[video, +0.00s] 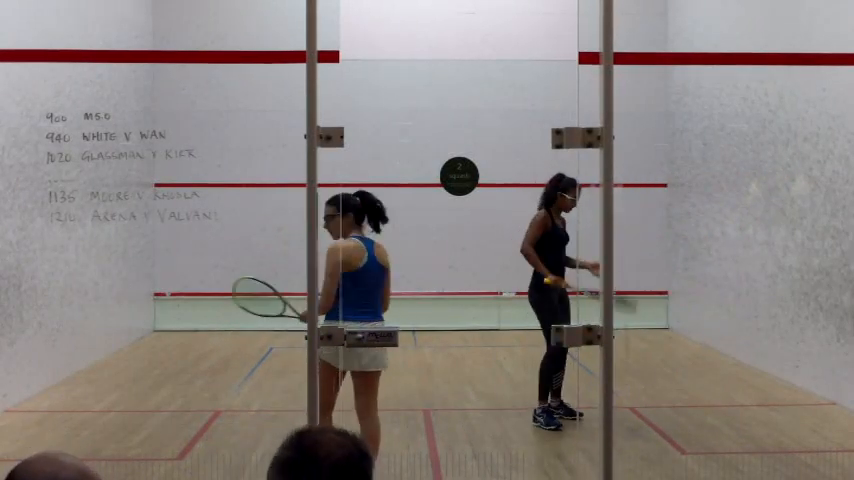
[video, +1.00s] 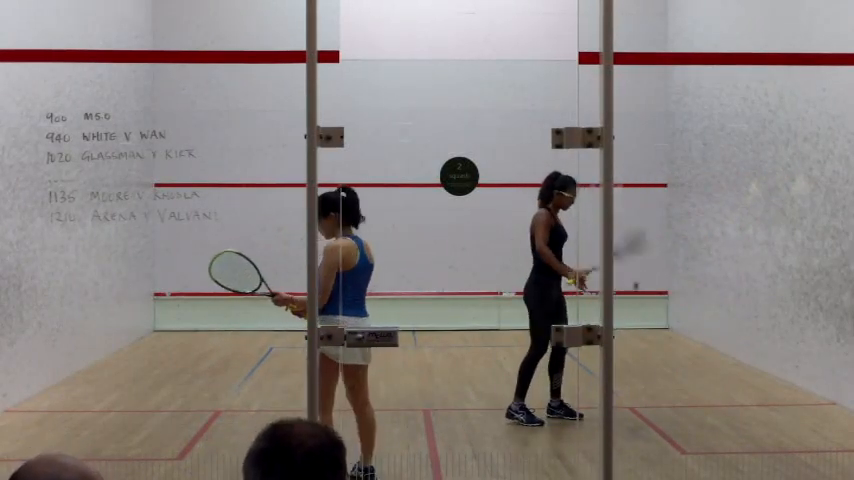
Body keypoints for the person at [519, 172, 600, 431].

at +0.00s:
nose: (575, 203)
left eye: (575, 198)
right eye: (572, 198)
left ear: (562, 197)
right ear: (559, 195)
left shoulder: (560, 221)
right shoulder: (542, 218)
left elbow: (558, 257)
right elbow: (526, 249)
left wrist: (584, 264)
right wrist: (548, 275)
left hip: (557, 290)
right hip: (542, 291)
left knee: (562, 346)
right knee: (555, 347)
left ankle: (556, 402)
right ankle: (541, 409)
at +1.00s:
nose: (572, 202)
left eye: (573, 197)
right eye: (570, 197)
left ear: (558, 195)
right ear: (557, 194)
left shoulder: (553, 218)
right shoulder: (542, 217)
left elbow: (551, 255)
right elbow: (541, 250)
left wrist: (572, 273)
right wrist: (569, 272)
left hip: (553, 290)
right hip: (539, 291)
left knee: (560, 344)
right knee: (539, 346)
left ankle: (555, 402)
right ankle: (517, 404)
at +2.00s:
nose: (536, 194)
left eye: (541, 191)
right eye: (532, 190)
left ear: (546, 195)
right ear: (523, 193)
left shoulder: (547, 222)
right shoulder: (510, 222)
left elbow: (551, 257)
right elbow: (490, 255)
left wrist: (564, 265)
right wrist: (500, 283)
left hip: (538, 292)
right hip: (515, 292)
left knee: (553, 346)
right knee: (519, 349)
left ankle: (554, 402)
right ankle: (514, 408)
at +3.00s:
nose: (550, 191)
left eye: (554, 187)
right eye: (545, 187)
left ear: (559, 193)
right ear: (537, 192)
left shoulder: (556, 219)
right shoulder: (529, 220)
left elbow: (552, 254)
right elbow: (514, 255)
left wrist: (575, 257)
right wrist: (538, 275)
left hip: (557, 289)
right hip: (537, 291)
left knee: (556, 346)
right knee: (532, 347)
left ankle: (556, 402)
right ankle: (515, 407)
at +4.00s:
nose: (581, 205)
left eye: (583, 201)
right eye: (580, 200)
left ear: (571, 198)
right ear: (566, 196)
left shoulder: (565, 220)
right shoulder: (549, 218)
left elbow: (563, 257)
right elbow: (534, 249)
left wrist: (585, 273)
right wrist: (560, 268)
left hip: (565, 290)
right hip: (552, 291)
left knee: (562, 347)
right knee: (564, 348)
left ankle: (557, 401)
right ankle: (536, 404)